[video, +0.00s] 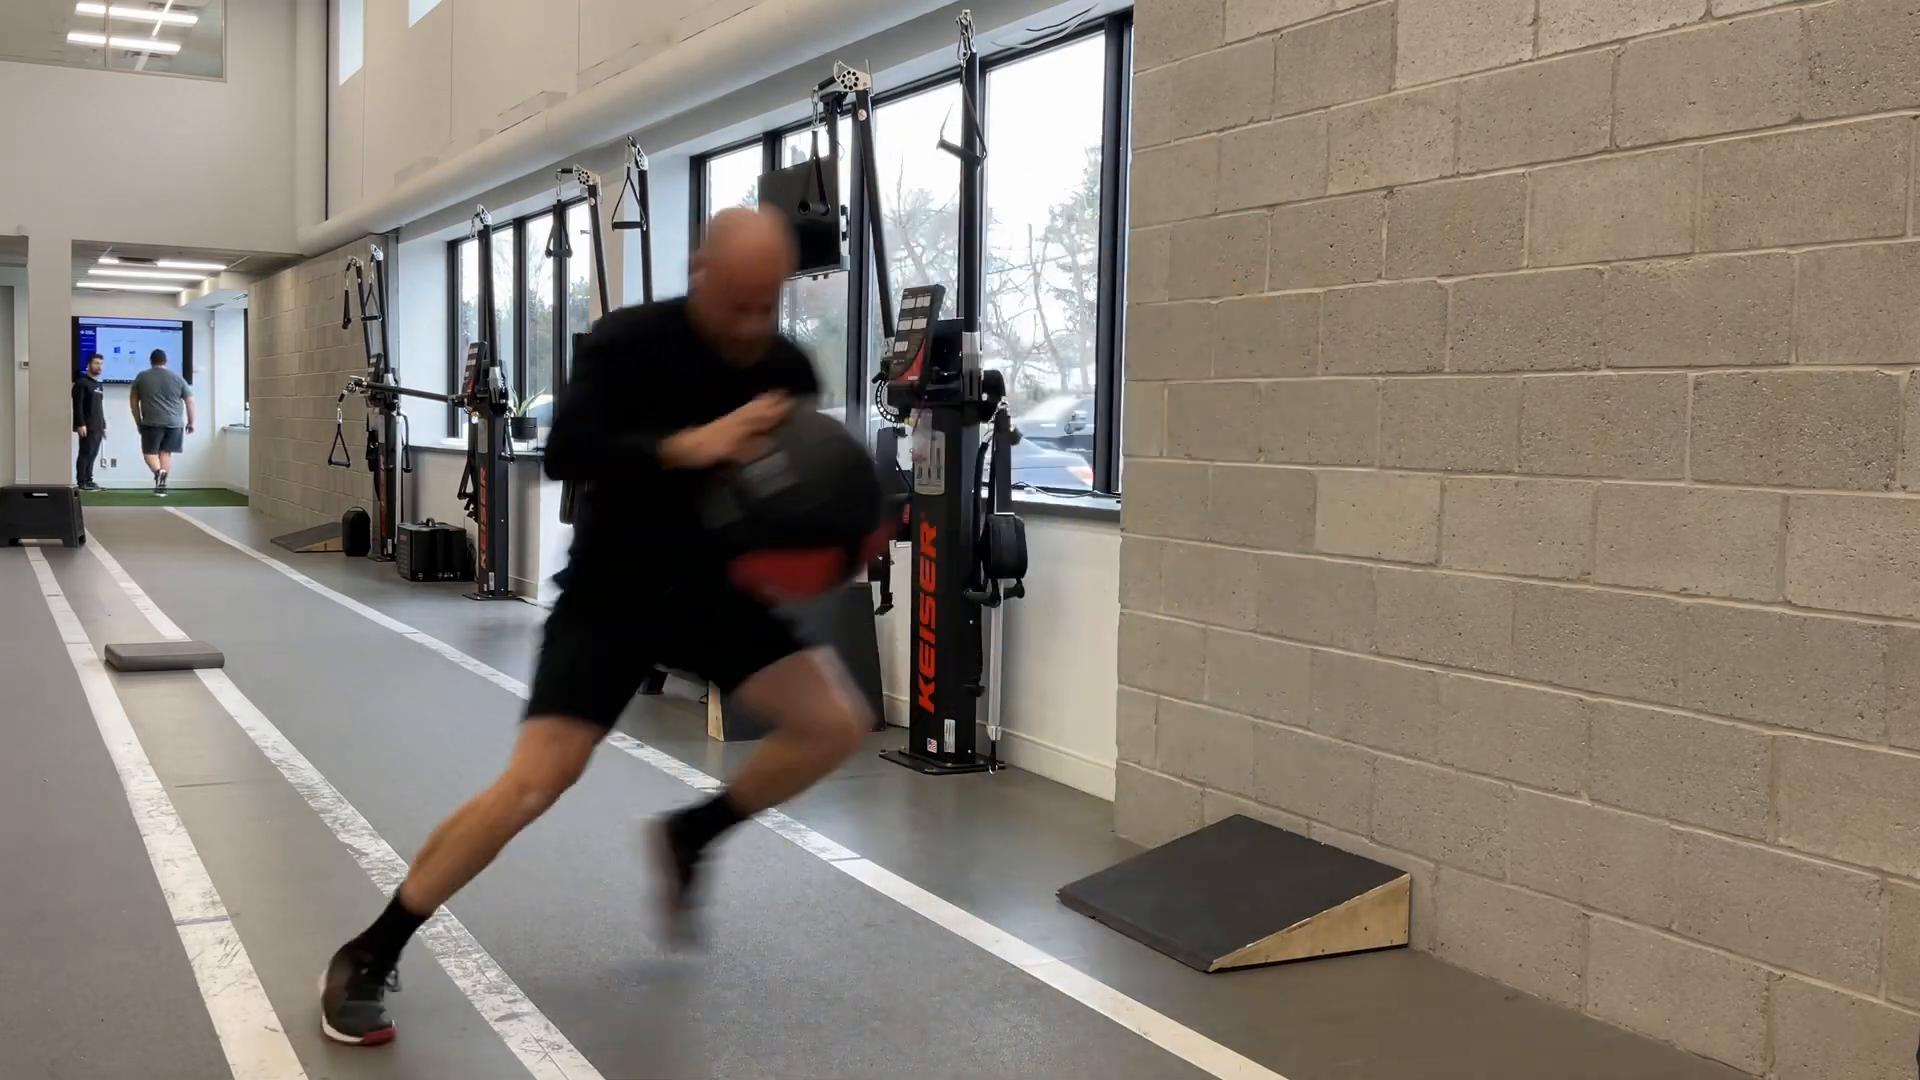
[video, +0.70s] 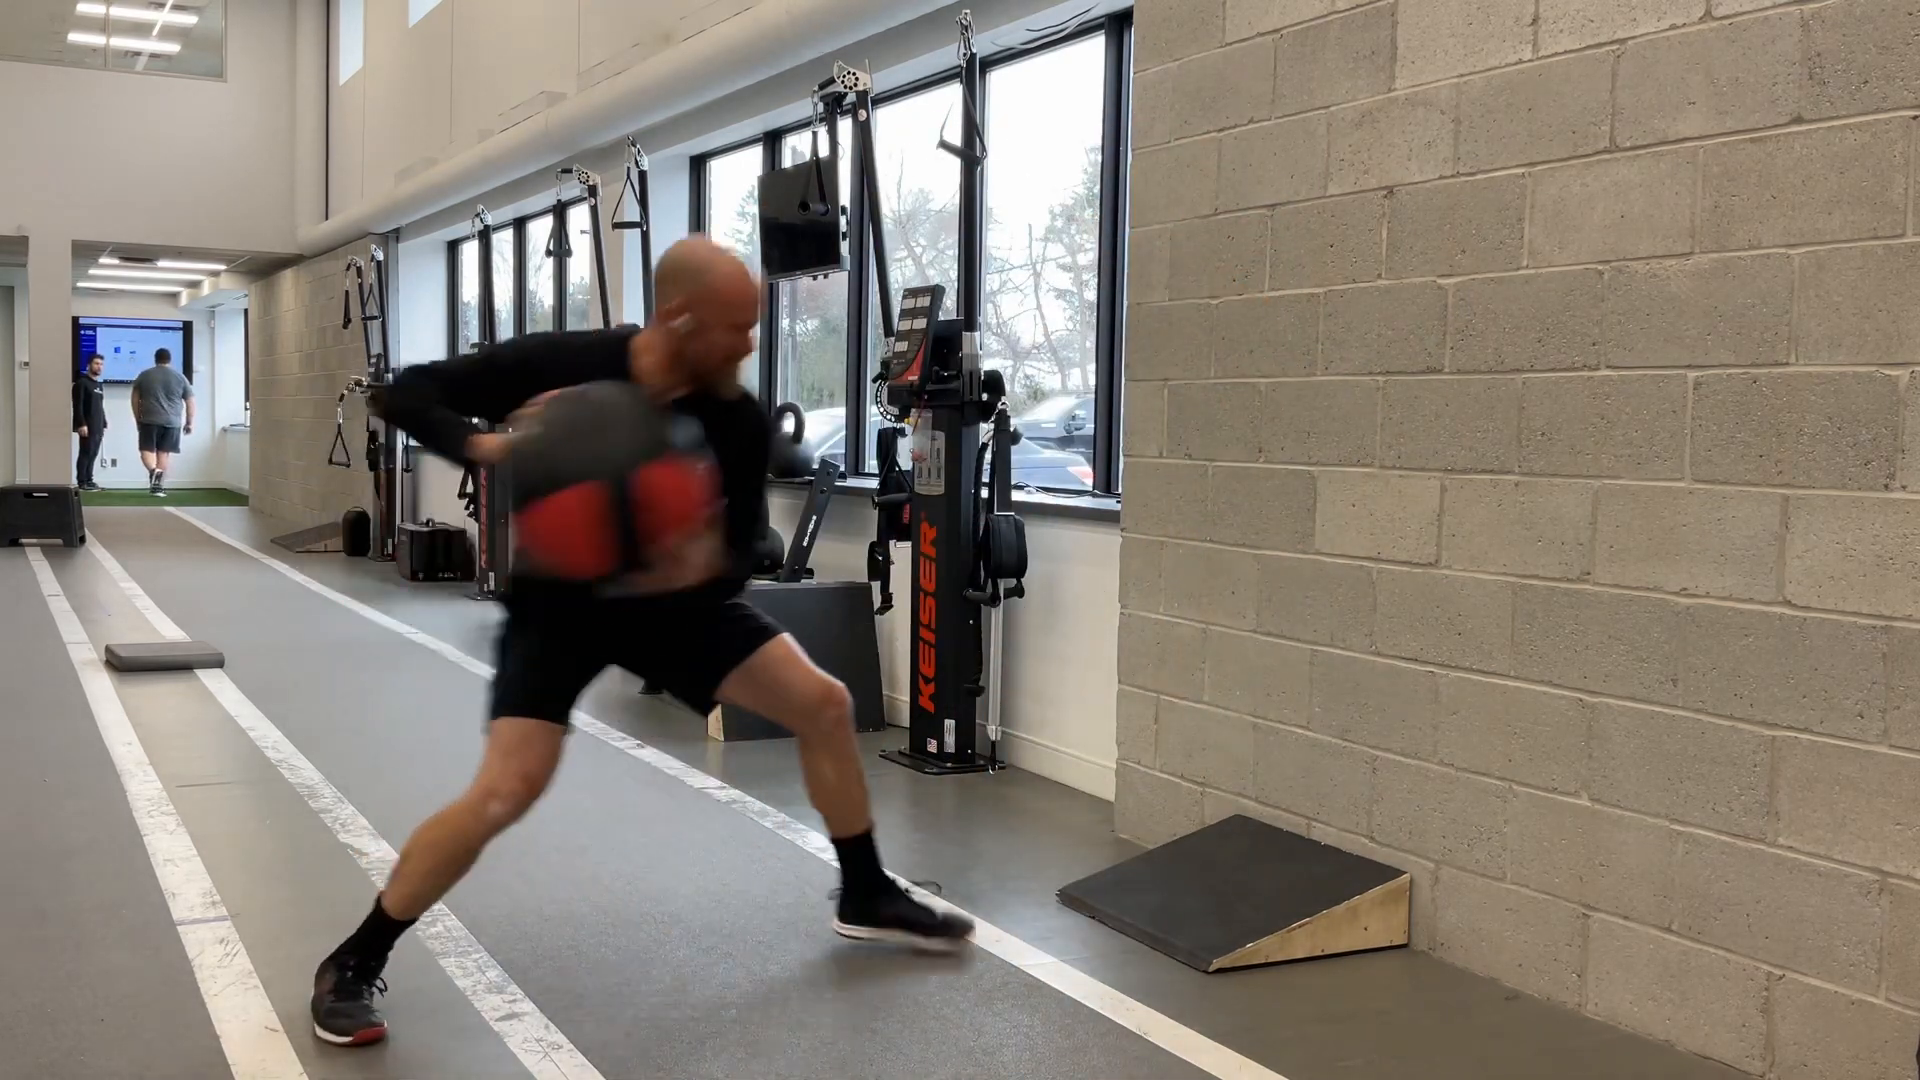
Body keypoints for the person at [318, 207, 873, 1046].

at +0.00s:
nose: (757, 323)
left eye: (771, 303)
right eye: (741, 303)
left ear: (787, 288)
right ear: (699, 277)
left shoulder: (784, 369)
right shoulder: (627, 344)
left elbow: (801, 486)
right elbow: (568, 451)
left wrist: (830, 517)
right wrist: (684, 445)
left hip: (714, 591)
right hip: (614, 591)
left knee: (833, 724)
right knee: (533, 784)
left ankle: (692, 833)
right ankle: (370, 955)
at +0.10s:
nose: (647, 397)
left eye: (663, 379)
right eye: (631, 377)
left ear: (683, 358)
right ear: (592, 348)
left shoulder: (702, 446)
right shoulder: (521, 410)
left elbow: (717, 570)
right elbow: (396, 495)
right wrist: (498, 521)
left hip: (616, 648)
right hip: (506, 632)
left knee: (681, 801)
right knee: (487, 797)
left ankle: (517, 867)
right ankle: (347, 965)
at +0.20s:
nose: (582, 448)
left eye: (600, 429)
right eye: (565, 429)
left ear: (627, 403)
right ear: (531, 397)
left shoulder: (654, 496)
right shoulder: (472, 441)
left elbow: (648, 633)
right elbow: (305, 473)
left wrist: (577, 688)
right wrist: (371, 528)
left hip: (560, 661)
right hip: (446, 645)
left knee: (553, 856)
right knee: (455, 796)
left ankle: (424, 886)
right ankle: (347, 961)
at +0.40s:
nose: (542, 463)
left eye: (560, 446)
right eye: (524, 444)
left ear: (586, 413)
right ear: (487, 403)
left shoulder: (613, 498)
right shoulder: (440, 430)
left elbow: (591, 642)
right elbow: (269, 420)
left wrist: (491, 674)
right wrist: (327, 472)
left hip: (546, 659)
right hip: (429, 647)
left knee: (607, 793)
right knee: (433, 780)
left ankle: (466, 870)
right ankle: (344, 961)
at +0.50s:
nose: (565, 443)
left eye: (582, 427)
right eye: (547, 425)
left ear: (607, 395)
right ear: (506, 383)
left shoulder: (626, 474)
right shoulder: (459, 407)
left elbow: (609, 616)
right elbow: (283, 397)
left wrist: (516, 651)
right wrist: (339, 452)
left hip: (579, 629)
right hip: (457, 634)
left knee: (699, 746)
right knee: (447, 780)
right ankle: (345, 965)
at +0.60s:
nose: (648, 403)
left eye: (655, 384)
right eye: (630, 387)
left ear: (664, 367)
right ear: (575, 360)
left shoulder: (670, 457)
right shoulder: (494, 389)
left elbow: (648, 589)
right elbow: (327, 382)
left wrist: (569, 621)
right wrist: (385, 444)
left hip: (614, 611)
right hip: (496, 621)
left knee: (775, 711)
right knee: (462, 783)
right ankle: (349, 965)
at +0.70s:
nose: (747, 346)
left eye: (752, 329)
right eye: (736, 329)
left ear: (710, 318)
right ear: (677, 319)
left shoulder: (735, 417)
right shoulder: (570, 370)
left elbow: (750, 551)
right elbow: (406, 393)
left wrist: (706, 562)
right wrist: (477, 445)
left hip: (668, 608)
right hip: (555, 610)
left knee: (824, 704)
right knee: (508, 789)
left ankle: (867, 890)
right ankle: (355, 964)